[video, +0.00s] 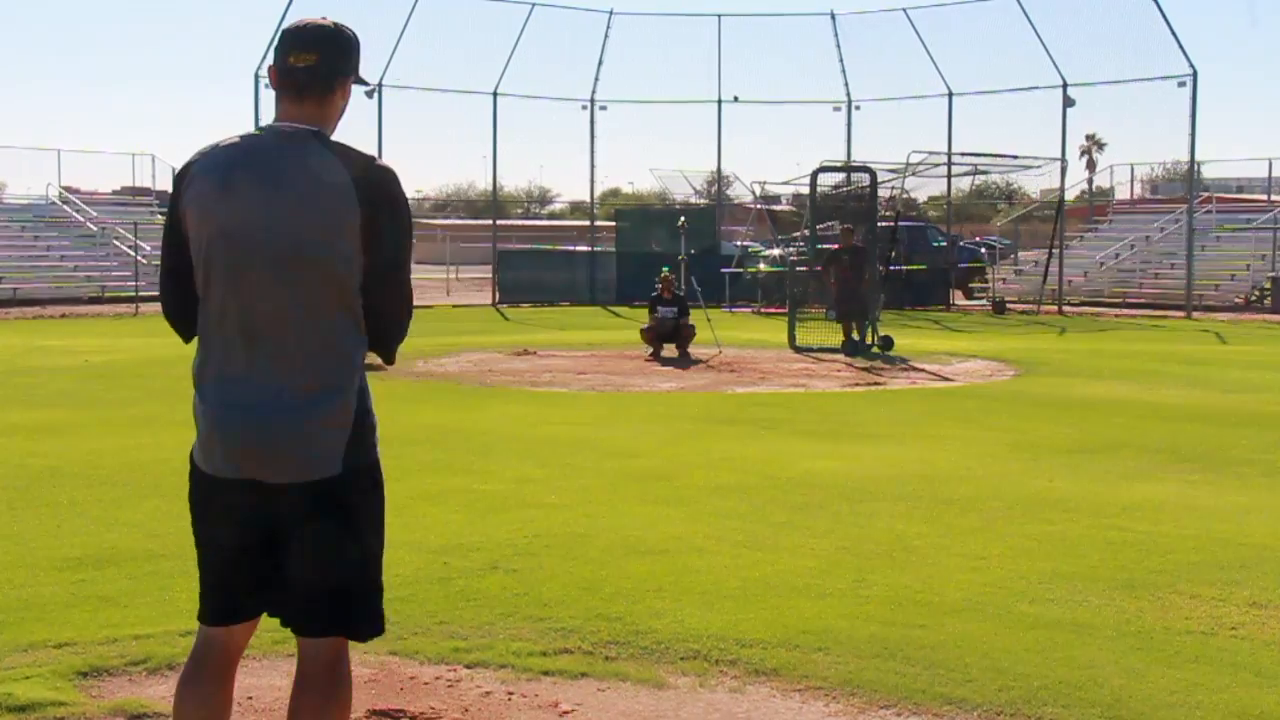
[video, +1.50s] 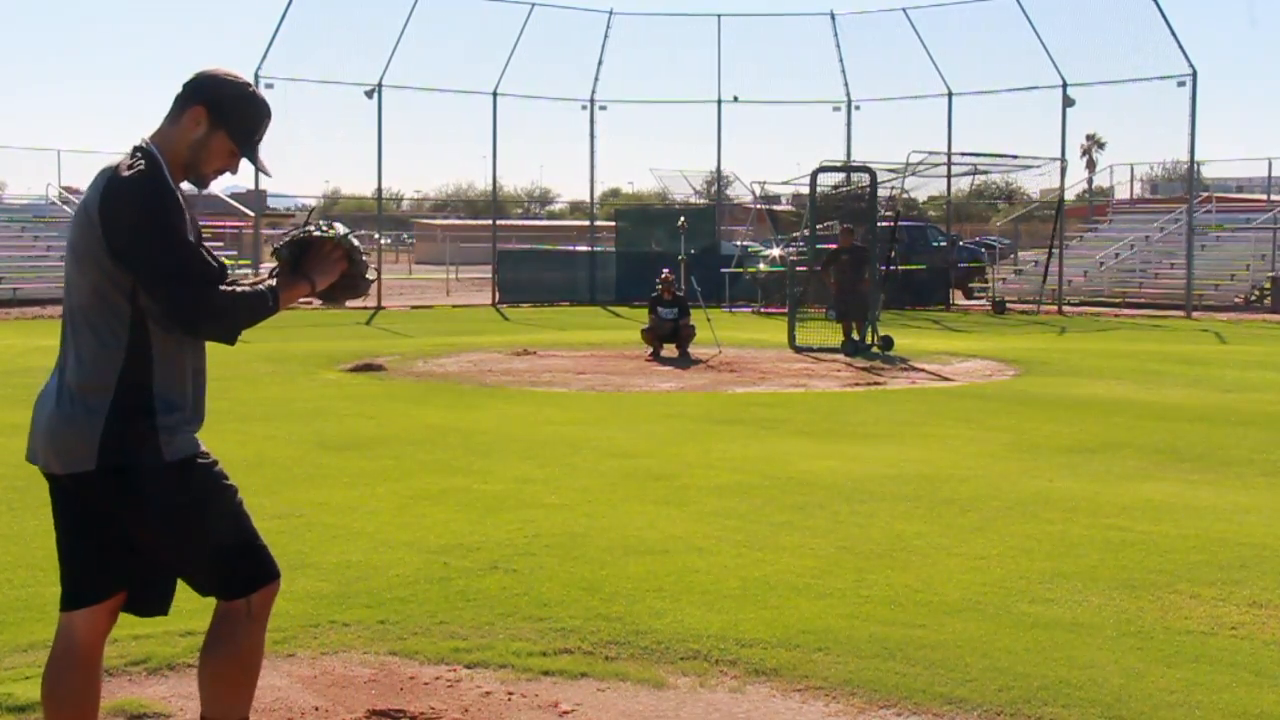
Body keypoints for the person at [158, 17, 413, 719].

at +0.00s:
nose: (342, 99)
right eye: (348, 88)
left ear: (272, 82)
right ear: (348, 92)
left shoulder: (200, 172)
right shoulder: (371, 182)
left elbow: (182, 315)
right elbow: (387, 332)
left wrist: (254, 272)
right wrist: (323, 271)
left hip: (223, 442)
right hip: (326, 446)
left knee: (220, 631)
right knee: (325, 648)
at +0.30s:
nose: (339, 101)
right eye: (342, 91)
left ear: (263, 84)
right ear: (337, 95)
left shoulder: (195, 183)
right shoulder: (357, 192)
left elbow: (183, 313)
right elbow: (386, 325)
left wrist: (237, 369)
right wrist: (404, 388)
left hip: (224, 448)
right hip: (325, 451)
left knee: (224, 616)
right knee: (323, 641)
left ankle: (199, 719)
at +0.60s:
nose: (319, 110)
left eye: (318, 98)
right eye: (320, 98)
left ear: (244, 92)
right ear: (309, 99)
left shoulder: (169, 187)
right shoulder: (304, 193)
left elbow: (148, 313)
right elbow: (334, 330)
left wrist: (214, 354)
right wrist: (377, 369)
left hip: (192, 447)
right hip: (288, 451)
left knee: (192, 601)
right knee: (301, 636)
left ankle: (119, 716)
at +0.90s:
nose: (256, 147)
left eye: (262, 134)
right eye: (259, 130)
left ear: (199, 110)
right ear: (227, 112)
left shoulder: (127, 187)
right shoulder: (203, 201)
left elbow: (187, 306)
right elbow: (268, 331)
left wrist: (285, 288)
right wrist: (333, 303)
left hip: (107, 450)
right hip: (196, 456)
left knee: (107, 623)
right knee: (263, 627)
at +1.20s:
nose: (226, 167)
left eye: (234, 156)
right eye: (228, 150)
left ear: (186, 121)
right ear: (192, 119)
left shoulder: (104, 185)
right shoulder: (143, 192)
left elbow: (168, 299)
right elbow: (220, 311)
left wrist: (257, 280)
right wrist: (297, 282)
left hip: (74, 444)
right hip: (144, 447)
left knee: (90, 608)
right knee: (242, 594)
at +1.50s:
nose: (231, 167)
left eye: (239, 156)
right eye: (233, 150)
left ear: (194, 124)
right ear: (195, 120)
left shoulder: (121, 184)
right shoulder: (143, 190)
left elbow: (210, 297)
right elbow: (209, 312)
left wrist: (286, 282)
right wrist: (294, 284)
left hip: (81, 442)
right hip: (142, 444)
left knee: (88, 611)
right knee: (251, 585)